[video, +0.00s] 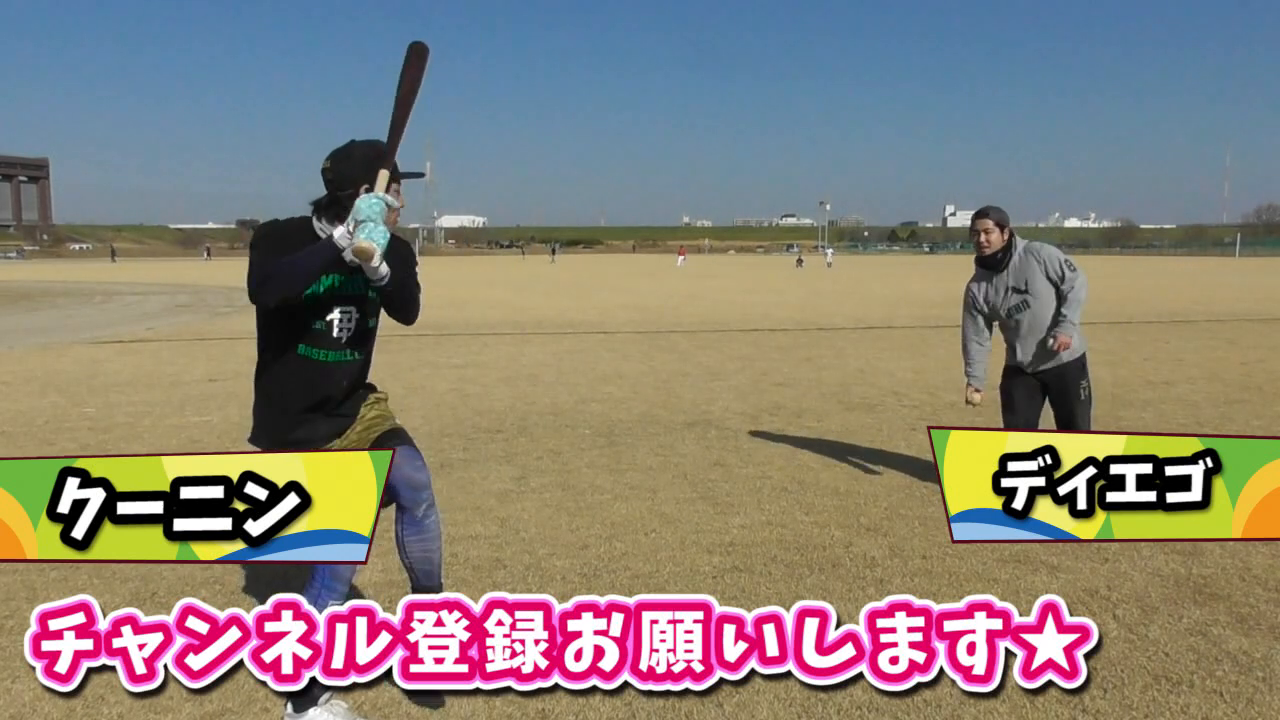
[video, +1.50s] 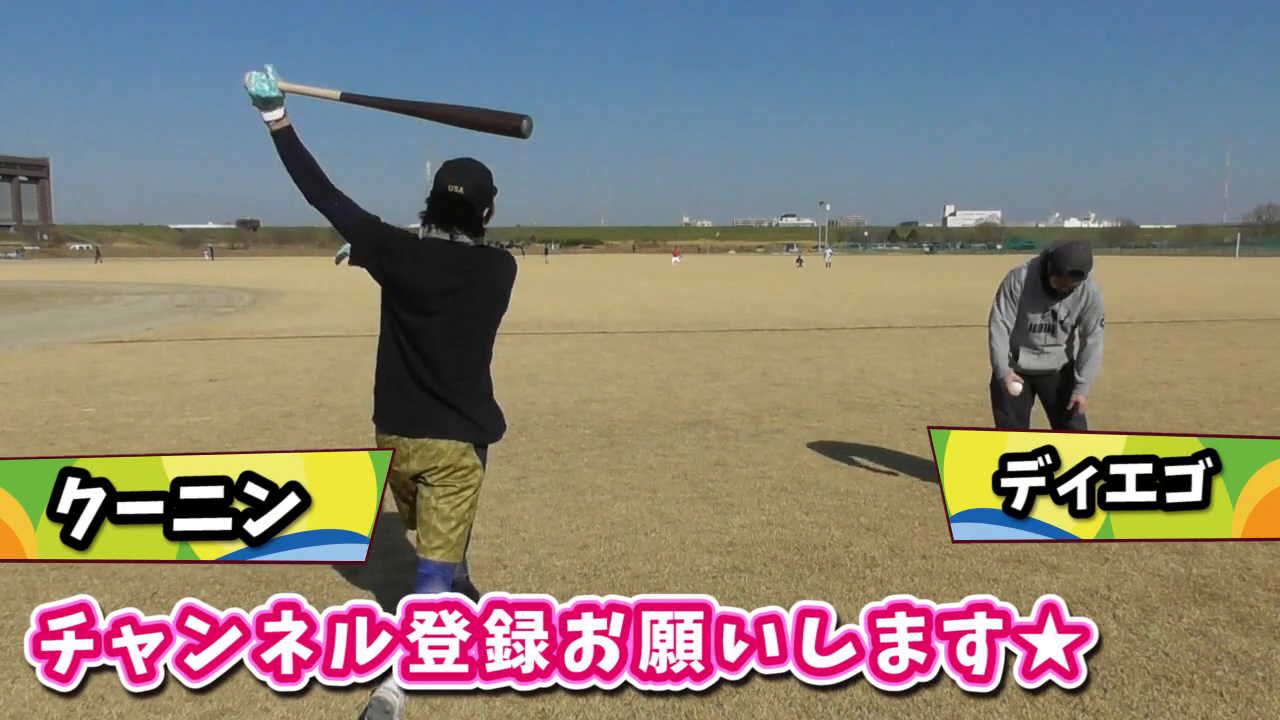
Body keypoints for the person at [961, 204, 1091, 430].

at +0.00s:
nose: (981, 239)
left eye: (988, 232)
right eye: (976, 233)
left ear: (1005, 233)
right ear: (971, 236)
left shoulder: (1039, 255)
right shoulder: (978, 289)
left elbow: (1075, 283)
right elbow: (975, 339)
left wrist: (1067, 327)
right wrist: (975, 381)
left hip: (1065, 363)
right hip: (1020, 369)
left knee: (1077, 440)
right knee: (1017, 440)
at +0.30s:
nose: (989, 236)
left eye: (996, 229)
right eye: (982, 231)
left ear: (1011, 230)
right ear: (976, 235)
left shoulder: (1042, 253)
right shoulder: (979, 276)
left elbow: (1077, 287)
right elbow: (969, 300)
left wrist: (1097, 325)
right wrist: (949, 306)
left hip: (1064, 360)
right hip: (1020, 367)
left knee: (1081, 435)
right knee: (1018, 440)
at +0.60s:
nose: (1008, 234)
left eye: (1015, 227)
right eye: (1002, 227)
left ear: (1030, 228)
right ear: (995, 229)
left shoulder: (1056, 258)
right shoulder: (989, 272)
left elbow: (1082, 298)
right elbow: (973, 314)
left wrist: (1097, 343)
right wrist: (970, 353)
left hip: (1060, 365)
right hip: (1014, 370)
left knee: (1079, 440)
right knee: (1012, 442)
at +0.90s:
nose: (1036, 233)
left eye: (1043, 227)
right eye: (1031, 226)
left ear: (1058, 227)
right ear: (1023, 224)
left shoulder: (1077, 264)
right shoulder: (1004, 261)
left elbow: (1087, 315)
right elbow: (984, 305)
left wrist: (1074, 358)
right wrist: (979, 346)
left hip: (1061, 368)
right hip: (1015, 370)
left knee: (1077, 442)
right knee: (1013, 442)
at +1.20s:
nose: (1055, 245)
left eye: (1063, 239)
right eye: (1051, 237)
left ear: (1077, 237)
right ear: (1043, 229)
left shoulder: (1088, 270)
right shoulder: (1016, 262)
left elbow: (1091, 317)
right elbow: (997, 305)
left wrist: (1058, 350)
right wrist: (999, 345)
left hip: (1061, 371)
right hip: (1014, 369)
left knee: (1075, 441)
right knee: (1013, 443)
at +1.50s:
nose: (1065, 290)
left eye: (1072, 286)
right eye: (1060, 284)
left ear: (1082, 280)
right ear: (1049, 271)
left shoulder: (1089, 294)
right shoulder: (1018, 281)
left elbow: (1093, 342)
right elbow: (999, 325)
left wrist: (1082, 388)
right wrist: (1003, 370)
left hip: (1058, 373)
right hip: (1014, 371)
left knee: (1076, 439)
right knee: (1011, 441)